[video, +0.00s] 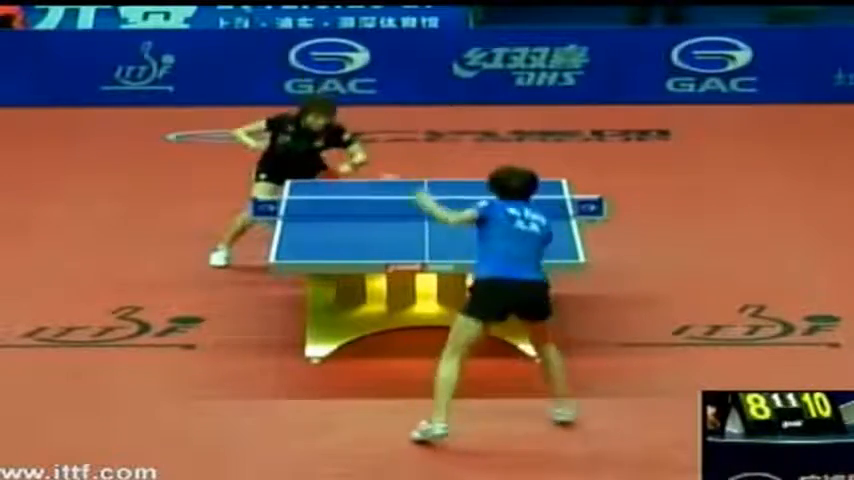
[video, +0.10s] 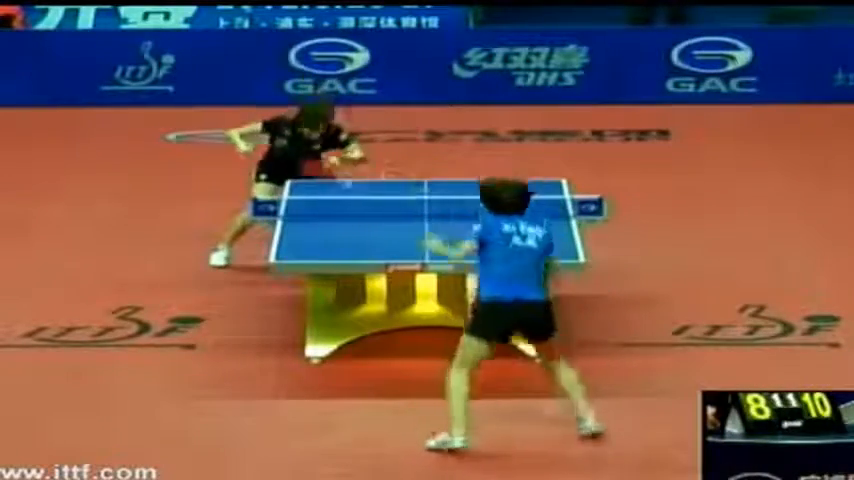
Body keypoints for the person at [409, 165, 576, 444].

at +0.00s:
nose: (491, 194)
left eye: (494, 190)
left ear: (499, 191)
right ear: (528, 193)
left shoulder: (491, 208)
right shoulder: (540, 220)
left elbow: (452, 219)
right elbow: (539, 252)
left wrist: (428, 204)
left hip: (492, 285)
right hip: (532, 287)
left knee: (453, 352)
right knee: (545, 345)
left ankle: (438, 422)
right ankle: (563, 406)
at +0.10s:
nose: (484, 206)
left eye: (486, 202)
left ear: (492, 204)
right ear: (524, 204)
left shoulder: (488, 226)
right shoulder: (540, 231)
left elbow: (463, 253)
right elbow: (548, 271)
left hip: (494, 306)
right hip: (534, 306)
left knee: (461, 367)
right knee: (554, 361)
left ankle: (457, 435)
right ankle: (587, 417)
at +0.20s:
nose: (485, 212)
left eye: (488, 209)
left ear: (491, 212)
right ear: (523, 214)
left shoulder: (485, 234)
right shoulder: (538, 238)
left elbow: (461, 266)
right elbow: (550, 275)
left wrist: (449, 262)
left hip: (497, 315)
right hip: (537, 314)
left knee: (461, 374)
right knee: (558, 366)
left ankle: (458, 437)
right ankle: (589, 422)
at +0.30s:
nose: (483, 199)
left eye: (486, 195)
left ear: (489, 197)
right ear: (520, 197)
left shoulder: (481, 221)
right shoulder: (538, 223)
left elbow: (454, 250)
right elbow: (553, 258)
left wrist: (441, 242)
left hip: (488, 296)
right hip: (531, 296)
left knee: (458, 361)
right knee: (560, 356)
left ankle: (454, 430)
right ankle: (587, 420)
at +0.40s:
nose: (480, 193)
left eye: (482, 188)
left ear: (485, 191)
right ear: (518, 191)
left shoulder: (476, 215)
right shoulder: (535, 218)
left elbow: (447, 245)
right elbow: (554, 257)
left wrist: (435, 236)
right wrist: (538, 248)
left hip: (485, 291)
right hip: (528, 291)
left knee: (456, 358)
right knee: (556, 353)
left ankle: (450, 427)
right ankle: (580, 420)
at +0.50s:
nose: (477, 198)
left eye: (480, 194)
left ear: (483, 197)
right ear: (514, 199)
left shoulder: (470, 221)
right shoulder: (527, 228)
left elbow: (431, 248)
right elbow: (537, 274)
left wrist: (425, 235)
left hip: (476, 301)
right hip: (519, 302)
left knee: (451, 365)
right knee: (548, 357)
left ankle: (452, 434)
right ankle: (571, 418)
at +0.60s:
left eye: (483, 197)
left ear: (484, 201)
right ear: (517, 206)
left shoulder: (469, 223)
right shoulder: (526, 234)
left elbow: (421, 241)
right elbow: (532, 274)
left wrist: (419, 227)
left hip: (471, 305)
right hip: (514, 305)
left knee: (440, 367)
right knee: (545, 351)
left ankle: (450, 433)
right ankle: (556, 407)